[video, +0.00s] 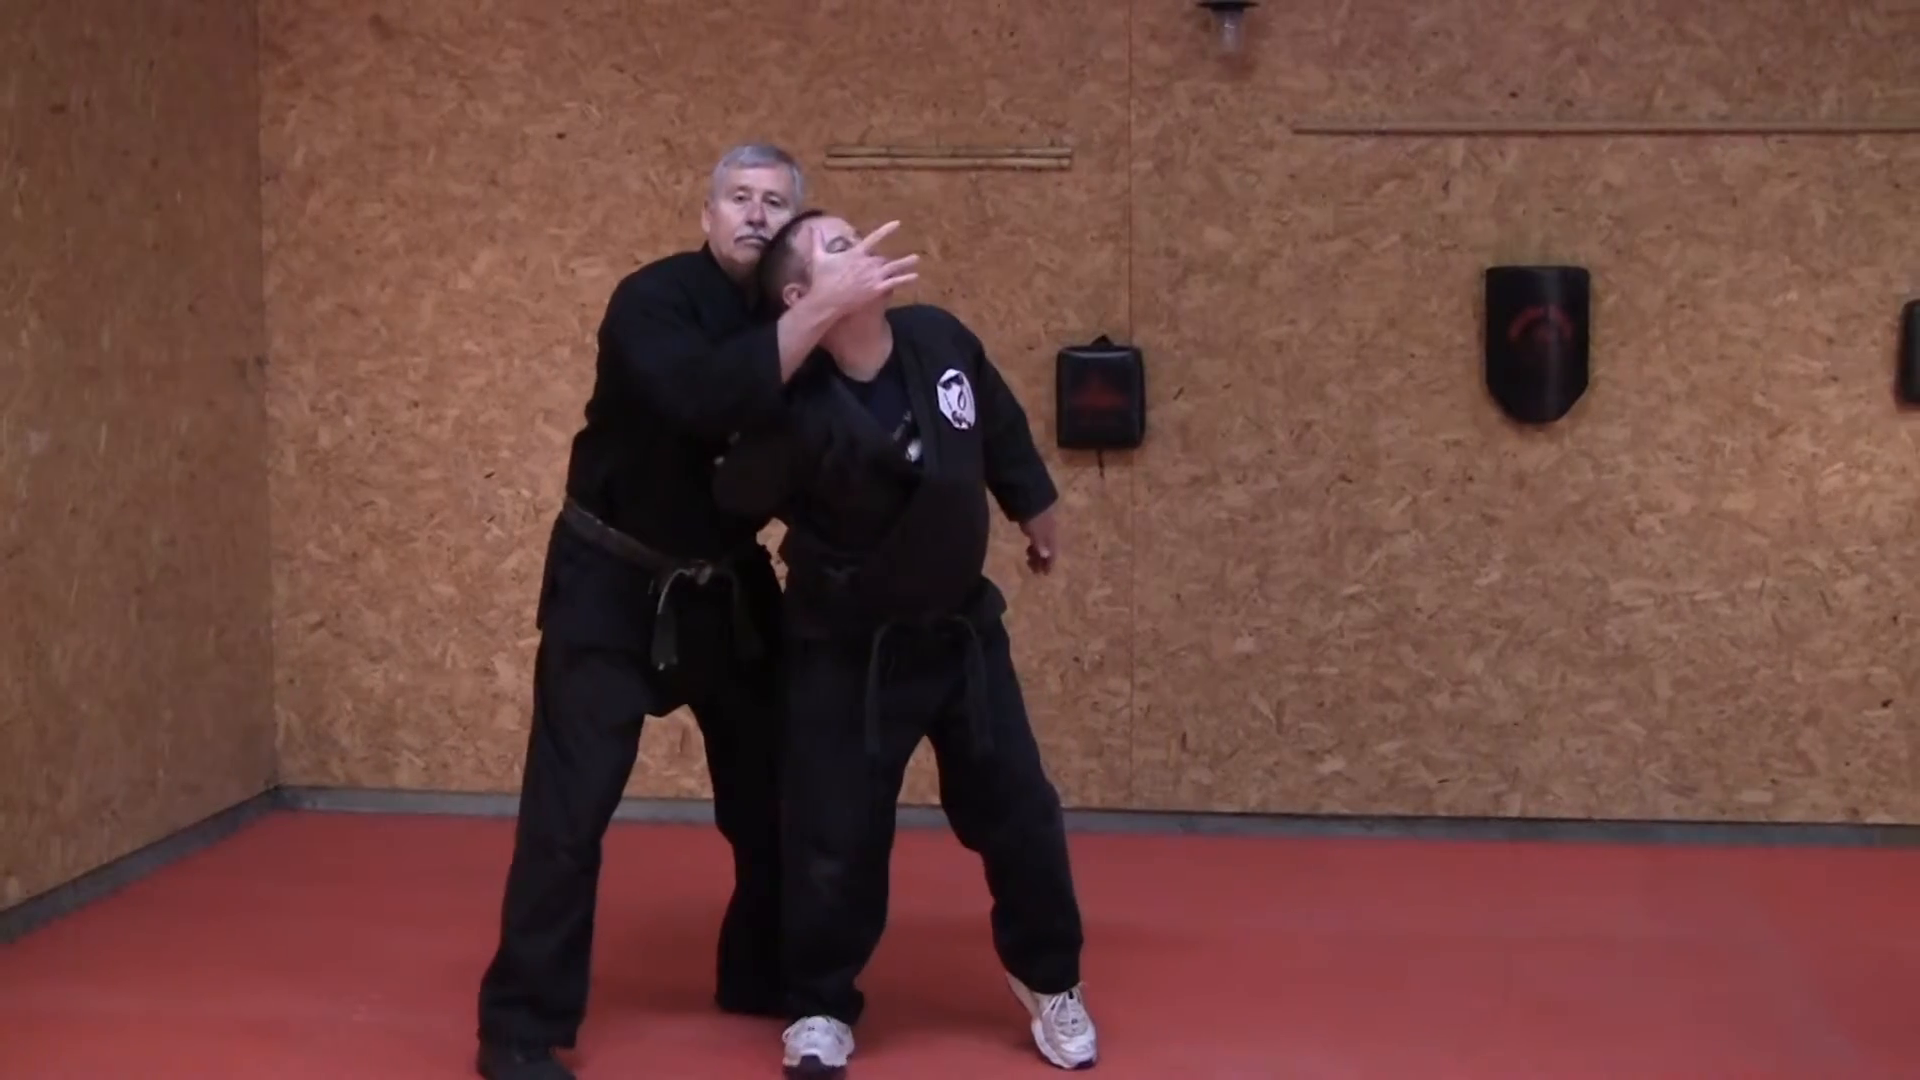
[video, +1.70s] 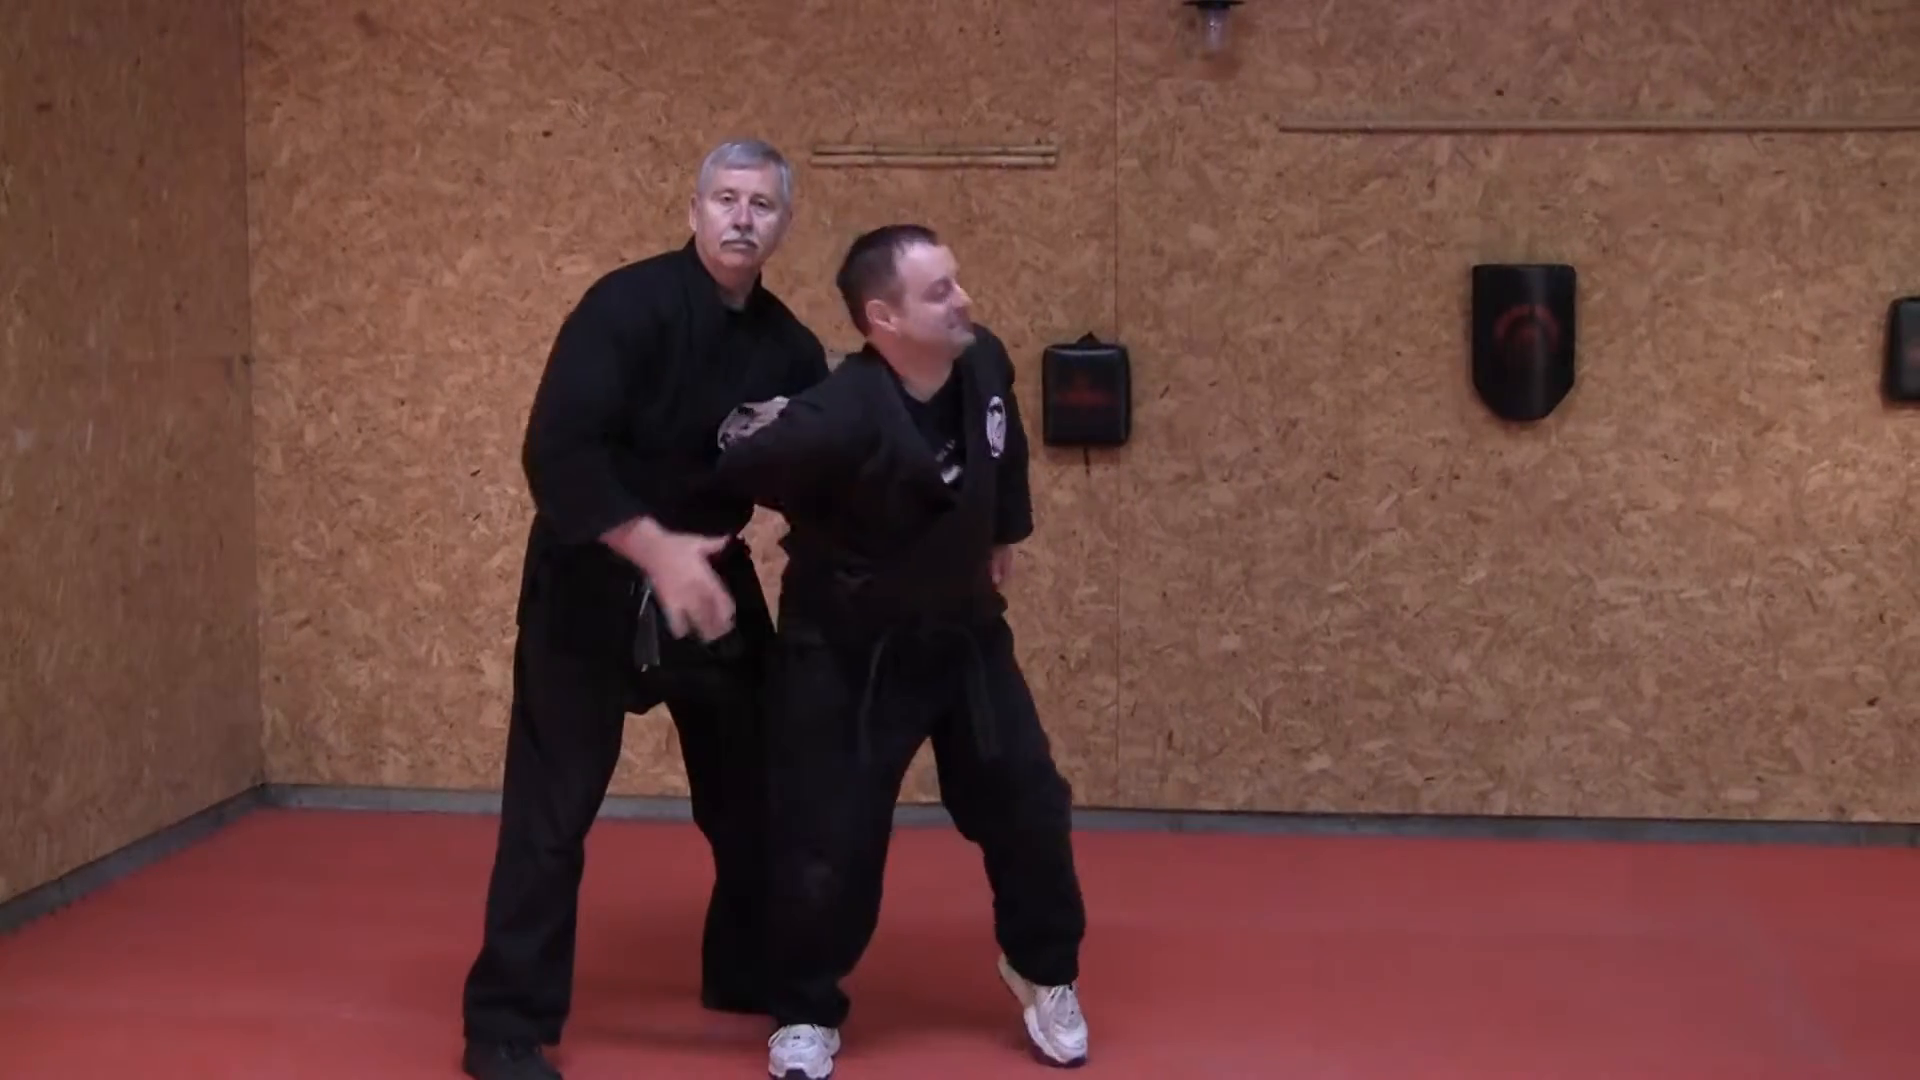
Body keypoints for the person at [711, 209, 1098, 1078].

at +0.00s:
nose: (862, 245)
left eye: (854, 235)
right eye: (833, 245)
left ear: (873, 268)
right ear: (805, 301)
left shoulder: (938, 339)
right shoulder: (799, 410)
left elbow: (999, 423)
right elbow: (735, 505)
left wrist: (1034, 505)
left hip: (959, 626)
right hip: (843, 639)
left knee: (1018, 807)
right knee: (832, 826)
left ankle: (1050, 981)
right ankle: (820, 1007)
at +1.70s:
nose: (964, 302)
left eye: (959, 285)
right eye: (940, 295)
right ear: (882, 322)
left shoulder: (980, 361)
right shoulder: (838, 416)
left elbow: (1005, 452)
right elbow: (733, 474)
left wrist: (1005, 536)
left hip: (962, 629)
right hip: (846, 645)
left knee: (1030, 803)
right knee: (828, 833)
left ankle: (1042, 968)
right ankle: (807, 1015)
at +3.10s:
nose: (1259, 291)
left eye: (1270, 274)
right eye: (1255, 276)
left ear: (1322, 267)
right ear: (1312, 273)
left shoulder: (1377, 353)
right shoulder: (1314, 360)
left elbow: (1372, 459)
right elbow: (1318, 477)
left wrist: (1322, 546)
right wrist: (1300, 581)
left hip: (1377, 620)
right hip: (1315, 618)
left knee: (1367, 791)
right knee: (1293, 792)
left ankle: (1477, 907)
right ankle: (1321, 968)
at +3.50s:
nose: (1403, 300)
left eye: (1415, 283)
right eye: (1398, 285)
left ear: (1466, 271)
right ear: (1445, 279)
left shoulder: (1518, 363)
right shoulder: (1439, 363)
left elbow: (1512, 494)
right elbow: (1451, 491)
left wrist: (1454, 599)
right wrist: (1426, 587)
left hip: (1518, 613)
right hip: (1450, 603)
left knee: (1509, 781)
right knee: (1409, 772)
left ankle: (1519, 950)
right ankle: (1403, 931)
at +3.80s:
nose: (1507, 283)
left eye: (1524, 268)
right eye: (1504, 268)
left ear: (1575, 269)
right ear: (1507, 271)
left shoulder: (1620, 364)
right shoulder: (1526, 360)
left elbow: (1656, 487)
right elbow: (1499, 466)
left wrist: (1660, 603)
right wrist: (1450, 542)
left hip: (1585, 600)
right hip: (1528, 593)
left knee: (1538, 768)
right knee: (1562, 751)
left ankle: (1518, 948)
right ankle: (1660, 876)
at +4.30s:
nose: (1673, 279)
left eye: (1690, 265)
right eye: (1664, 265)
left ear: (1725, 268)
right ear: (1651, 267)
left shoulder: (1777, 358)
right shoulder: (1648, 359)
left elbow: (1792, 478)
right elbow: (1612, 464)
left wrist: (1738, 567)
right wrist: (1588, 565)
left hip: (1750, 588)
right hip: (1664, 583)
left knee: (1757, 758)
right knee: (1651, 755)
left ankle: (1817, 919)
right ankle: (1674, 912)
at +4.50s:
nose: (1752, 294)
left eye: (1769, 281)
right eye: (1740, 278)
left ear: (1797, 280)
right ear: (1724, 276)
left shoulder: (1842, 369)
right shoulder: (1698, 367)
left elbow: (1873, 482)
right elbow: (1660, 472)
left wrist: (1843, 583)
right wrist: (1644, 573)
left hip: (1815, 604)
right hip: (1717, 597)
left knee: (1867, 773)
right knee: (1669, 760)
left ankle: (1917, 907)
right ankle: (1664, 911)